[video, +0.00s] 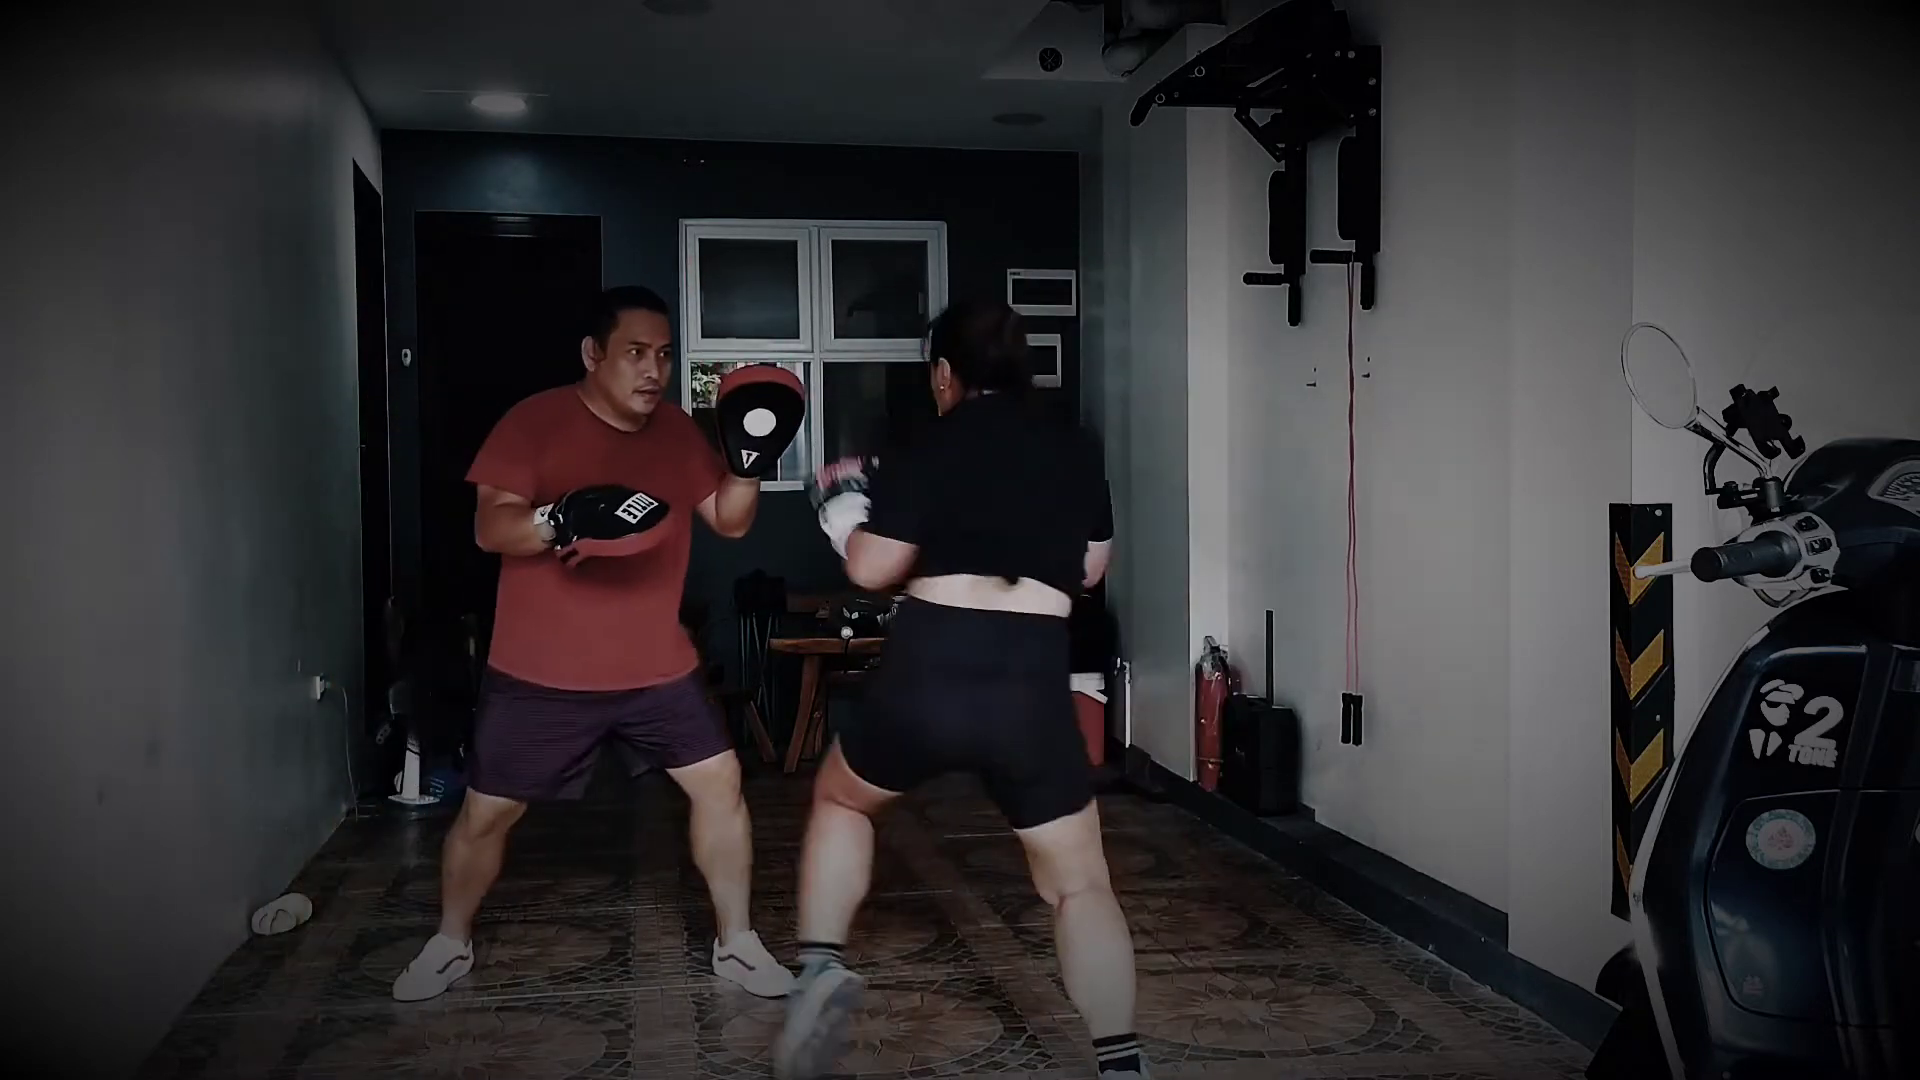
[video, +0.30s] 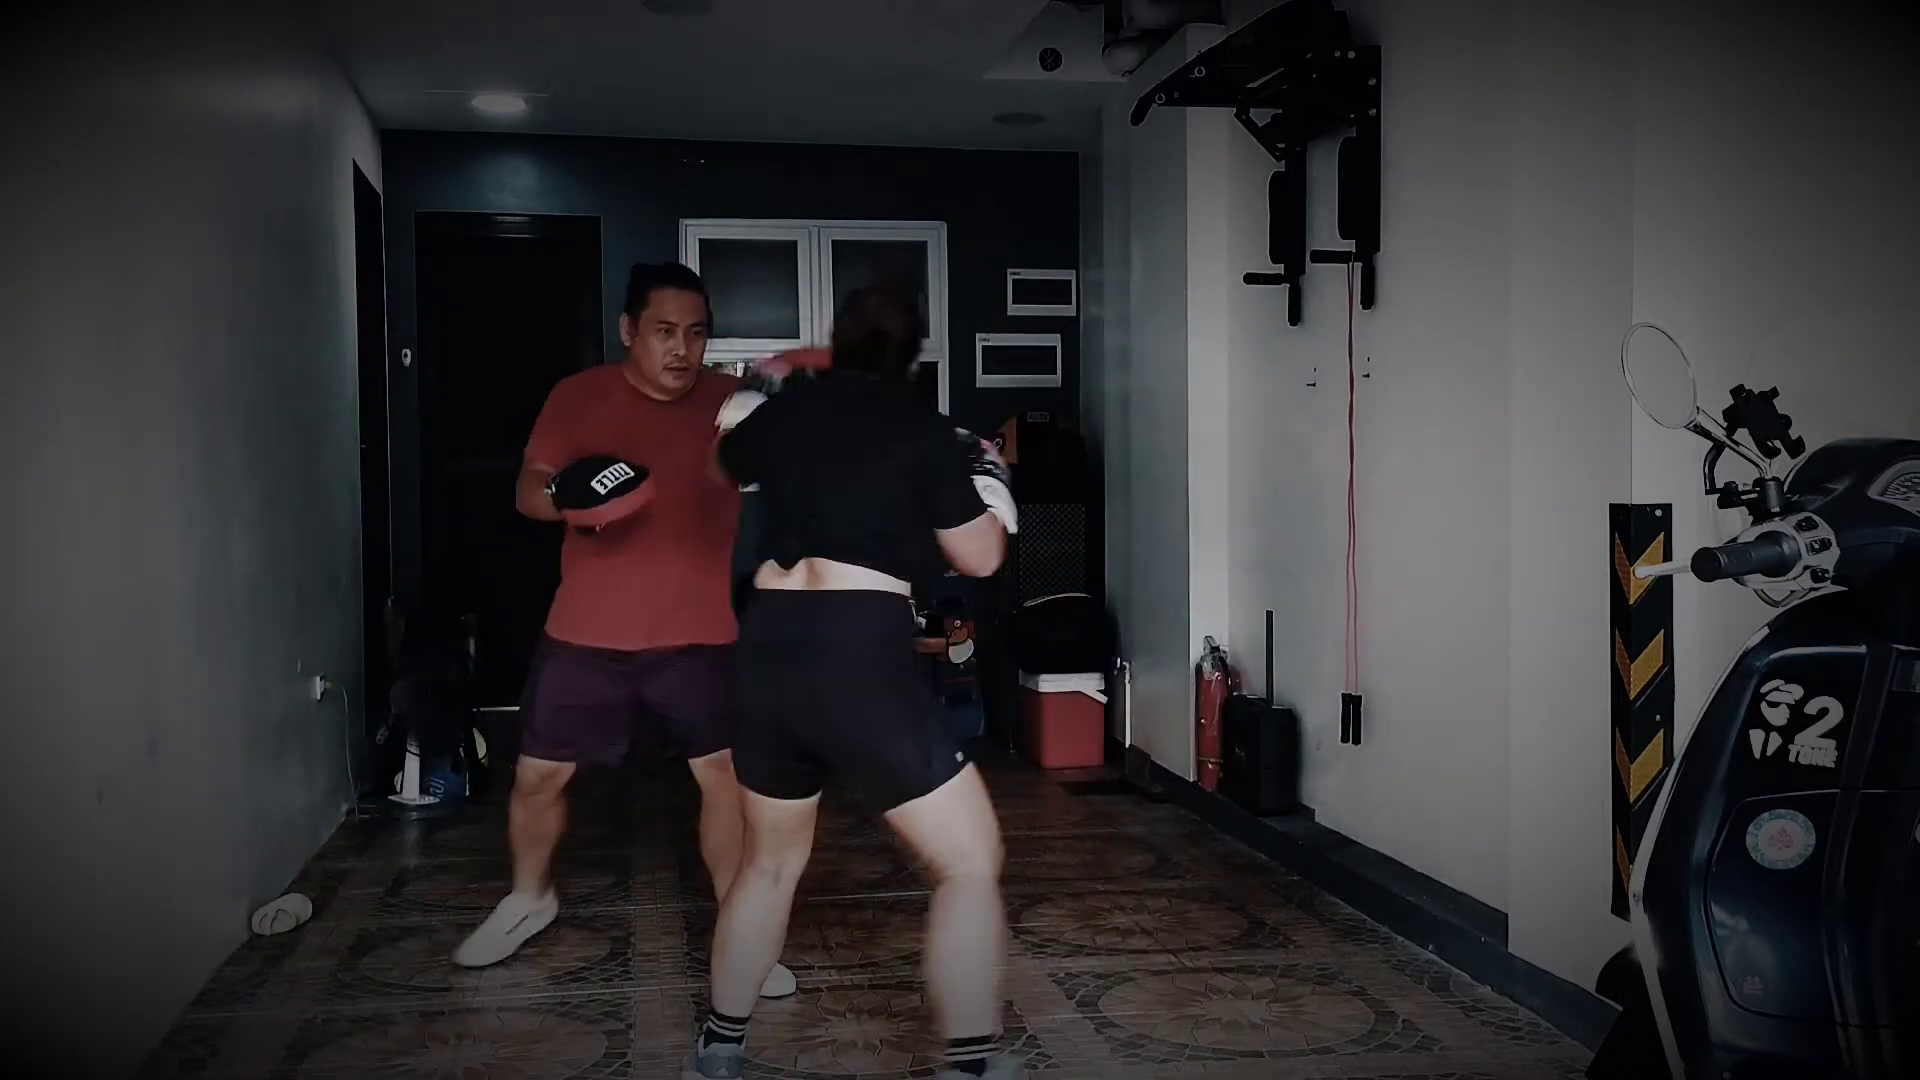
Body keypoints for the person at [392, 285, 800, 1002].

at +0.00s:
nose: (653, 368)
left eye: (663, 353)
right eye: (637, 351)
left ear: (670, 359)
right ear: (592, 353)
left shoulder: (680, 433)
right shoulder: (534, 424)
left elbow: (730, 521)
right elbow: (493, 530)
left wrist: (750, 457)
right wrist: (558, 522)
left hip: (656, 670)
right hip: (539, 674)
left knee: (720, 783)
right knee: (483, 817)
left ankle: (735, 939)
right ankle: (452, 939)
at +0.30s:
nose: (682, 346)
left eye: (695, 331)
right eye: (665, 330)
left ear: (708, 335)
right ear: (628, 331)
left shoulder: (731, 404)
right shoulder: (578, 398)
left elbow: (782, 457)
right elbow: (529, 492)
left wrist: (792, 385)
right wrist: (568, 501)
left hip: (697, 642)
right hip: (584, 641)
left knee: (726, 783)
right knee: (537, 777)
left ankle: (746, 941)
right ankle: (530, 898)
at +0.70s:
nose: (666, 359)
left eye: (679, 345)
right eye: (650, 344)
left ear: (694, 349)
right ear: (618, 347)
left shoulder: (720, 410)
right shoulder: (576, 418)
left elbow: (769, 470)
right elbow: (540, 505)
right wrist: (574, 519)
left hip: (715, 636)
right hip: (609, 641)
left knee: (758, 773)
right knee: (595, 773)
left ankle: (799, 901)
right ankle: (607, 891)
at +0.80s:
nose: (675, 354)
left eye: (689, 340)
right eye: (659, 339)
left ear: (707, 346)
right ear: (631, 345)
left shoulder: (733, 409)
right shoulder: (593, 413)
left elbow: (766, 486)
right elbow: (557, 501)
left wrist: (732, 517)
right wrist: (582, 515)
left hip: (715, 631)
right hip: (621, 635)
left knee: (738, 773)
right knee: (606, 771)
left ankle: (747, 889)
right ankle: (610, 891)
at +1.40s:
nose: (709, 361)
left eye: (722, 350)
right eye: (699, 348)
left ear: (745, 356)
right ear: (677, 350)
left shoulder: (770, 416)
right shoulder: (646, 414)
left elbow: (795, 498)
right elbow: (605, 501)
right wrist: (637, 518)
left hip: (748, 631)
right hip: (660, 627)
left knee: (781, 771)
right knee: (622, 760)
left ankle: (830, 896)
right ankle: (609, 889)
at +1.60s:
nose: (705, 363)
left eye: (719, 351)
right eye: (692, 348)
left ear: (737, 356)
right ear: (667, 350)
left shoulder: (756, 412)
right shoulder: (631, 418)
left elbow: (839, 451)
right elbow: (596, 504)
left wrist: (812, 390)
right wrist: (628, 504)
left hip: (750, 631)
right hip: (651, 631)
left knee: (786, 773)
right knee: (616, 761)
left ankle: (829, 908)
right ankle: (608, 893)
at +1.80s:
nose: (704, 363)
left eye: (718, 349)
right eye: (690, 348)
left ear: (739, 355)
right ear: (668, 352)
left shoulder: (765, 416)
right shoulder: (641, 421)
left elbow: (832, 494)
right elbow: (607, 504)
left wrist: (842, 420)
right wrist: (611, 514)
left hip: (757, 631)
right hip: (658, 626)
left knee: (782, 765)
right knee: (618, 757)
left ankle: (827, 906)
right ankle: (607, 894)